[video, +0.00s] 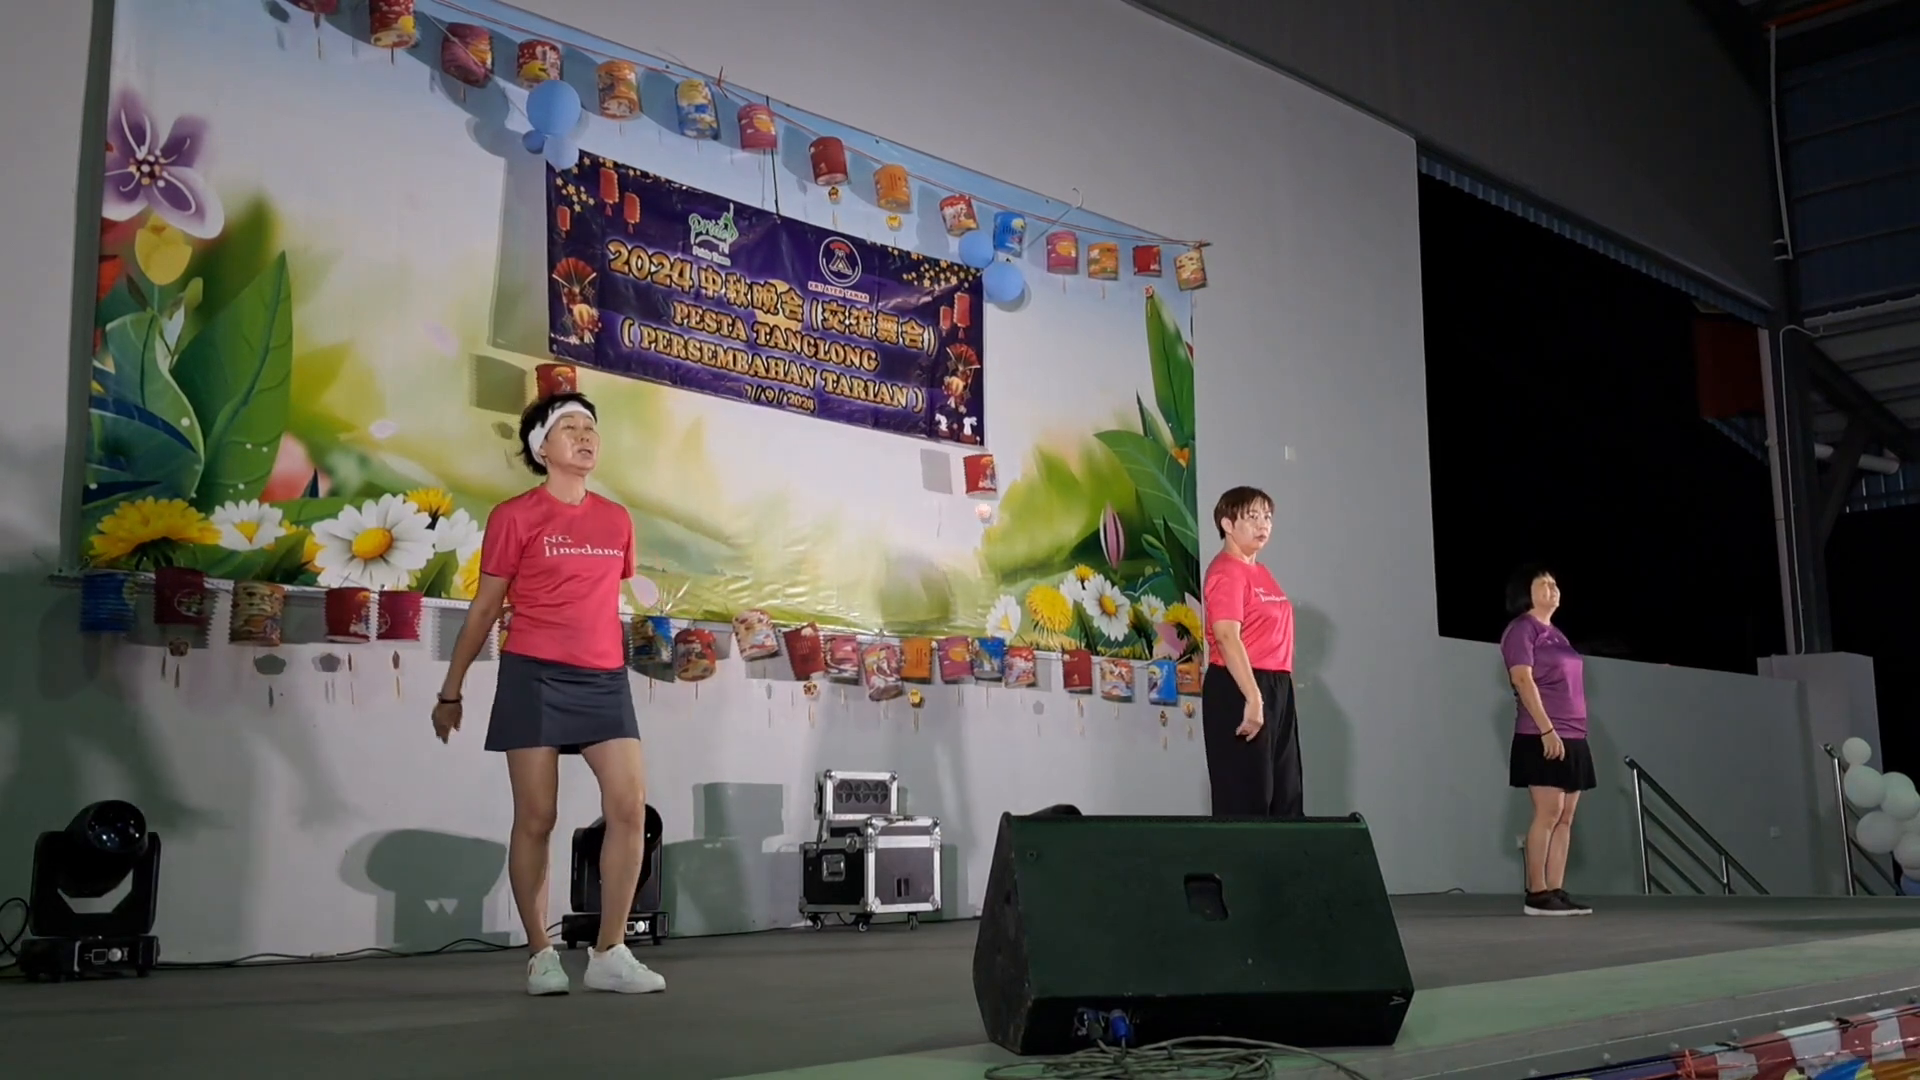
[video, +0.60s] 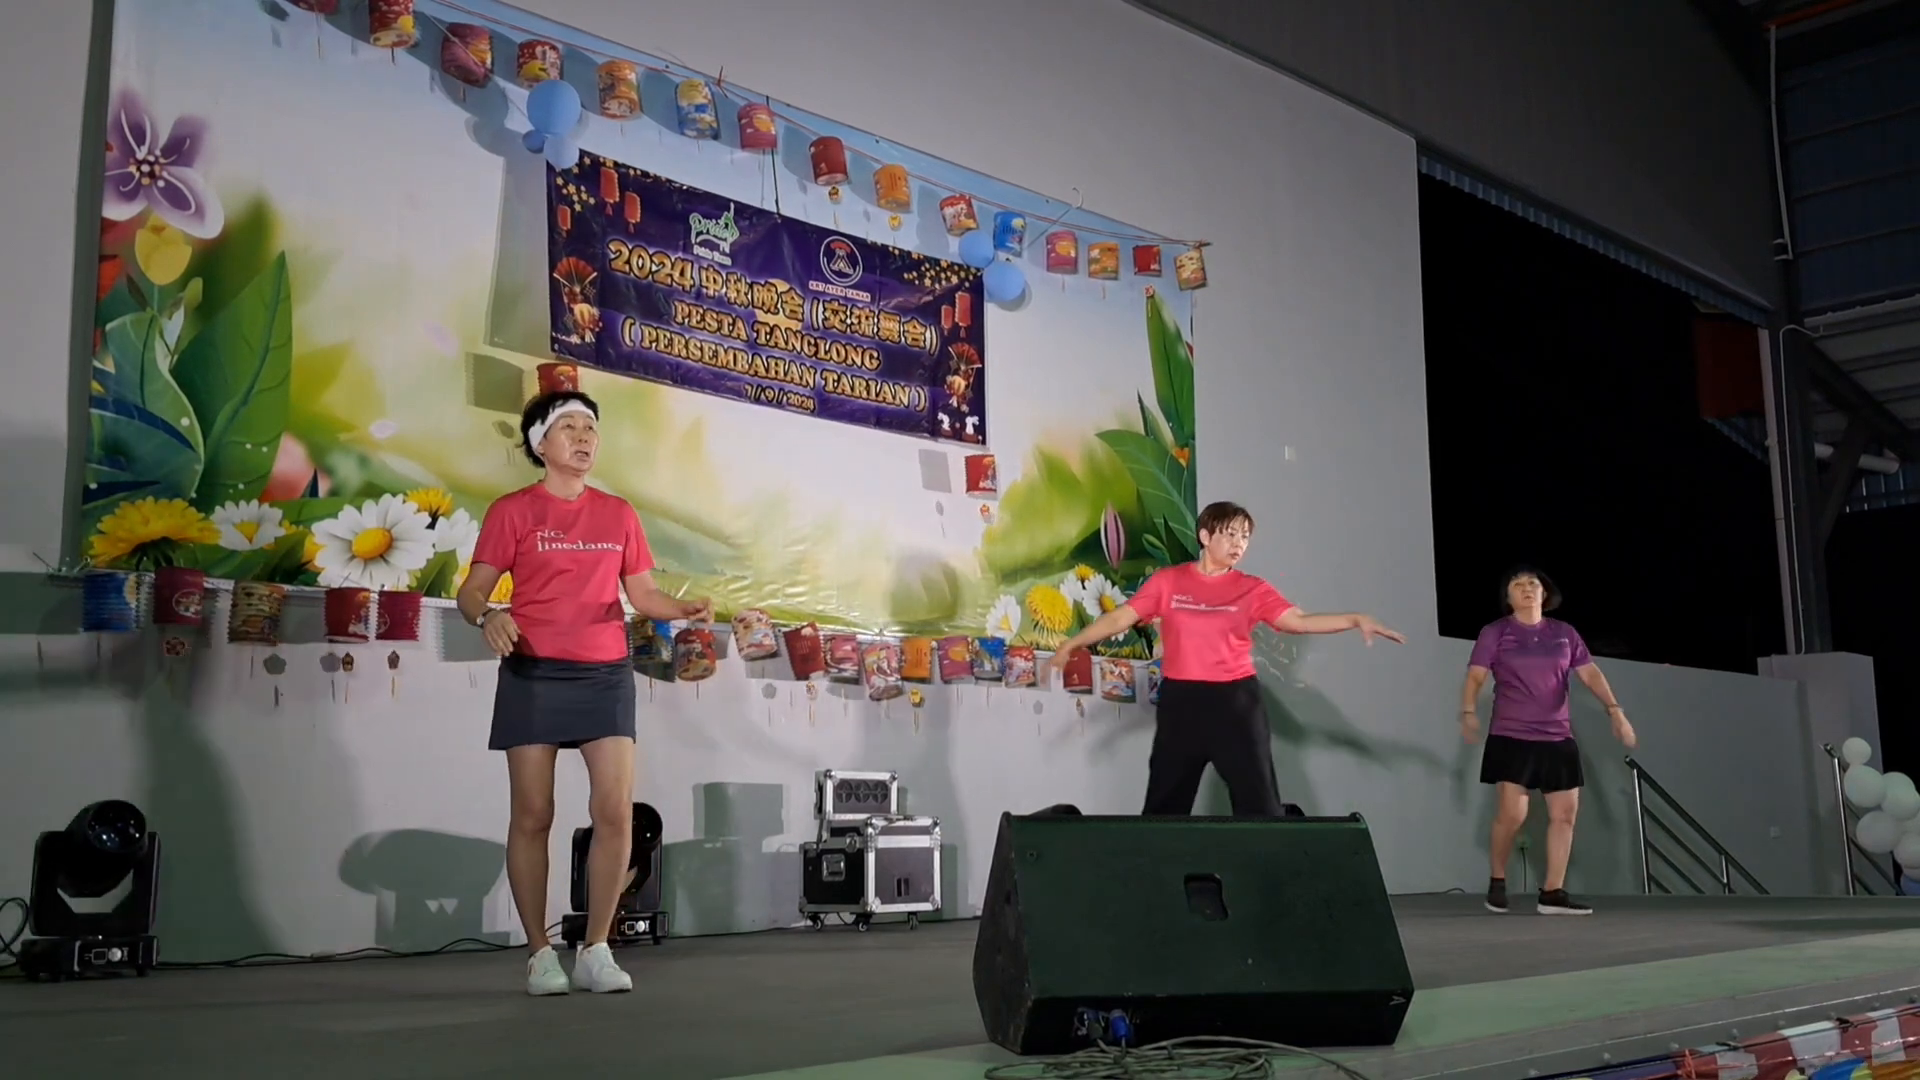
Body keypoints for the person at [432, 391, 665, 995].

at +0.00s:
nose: (585, 438)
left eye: (590, 430)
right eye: (570, 430)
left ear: (598, 446)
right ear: (541, 447)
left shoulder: (617, 520)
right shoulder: (514, 516)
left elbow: (617, 604)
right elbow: (485, 609)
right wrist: (451, 688)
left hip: (603, 679)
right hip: (532, 678)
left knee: (629, 806)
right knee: (536, 817)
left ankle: (610, 949)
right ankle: (541, 950)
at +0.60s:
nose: (583, 437)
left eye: (589, 428)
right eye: (568, 428)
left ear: (597, 441)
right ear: (539, 442)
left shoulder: (619, 514)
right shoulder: (512, 512)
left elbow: (643, 593)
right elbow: (471, 594)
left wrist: (680, 609)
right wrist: (488, 613)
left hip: (606, 677)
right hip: (533, 676)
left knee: (616, 812)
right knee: (532, 816)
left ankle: (597, 948)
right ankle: (541, 950)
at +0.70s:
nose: (589, 439)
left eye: (595, 431)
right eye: (574, 430)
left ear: (602, 445)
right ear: (544, 444)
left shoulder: (623, 515)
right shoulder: (515, 514)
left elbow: (650, 598)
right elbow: (475, 596)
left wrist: (681, 600)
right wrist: (478, 610)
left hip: (608, 676)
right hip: (535, 674)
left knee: (615, 811)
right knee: (540, 814)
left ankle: (594, 950)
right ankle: (540, 949)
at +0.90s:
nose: (592, 466)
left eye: (599, 455)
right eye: (580, 454)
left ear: (606, 461)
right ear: (546, 457)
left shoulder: (619, 526)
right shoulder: (507, 528)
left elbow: (645, 607)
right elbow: (484, 616)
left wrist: (667, 608)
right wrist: (438, 656)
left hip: (604, 684)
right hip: (530, 683)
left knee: (623, 809)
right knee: (531, 827)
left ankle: (594, 951)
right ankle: (512, 930)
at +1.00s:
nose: (584, 482)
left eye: (594, 472)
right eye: (572, 469)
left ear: (601, 478)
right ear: (544, 470)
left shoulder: (615, 539)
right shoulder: (504, 540)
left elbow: (634, 623)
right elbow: (477, 632)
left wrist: (627, 649)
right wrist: (427, 704)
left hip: (596, 697)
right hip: (519, 696)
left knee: (624, 811)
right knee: (510, 836)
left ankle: (593, 949)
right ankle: (503, 945)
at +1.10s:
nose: (577, 490)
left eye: (588, 481)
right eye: (566, 478)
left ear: (596, 486)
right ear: (539, 478)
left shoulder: (607, 545)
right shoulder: (500, 546)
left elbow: (620, 633)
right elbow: (480, 635)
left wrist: (589, 670)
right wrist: (446, 716)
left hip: (585, 698)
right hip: (510, 699)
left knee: (627, 801)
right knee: (507, 837)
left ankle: (602, 942)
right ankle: (504, 948)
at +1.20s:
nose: (577, 490)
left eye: (588, 481)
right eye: (566, 478)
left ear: (597, 487)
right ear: (540, 479)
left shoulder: (605, 546)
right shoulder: (502, 544)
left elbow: (610, 630)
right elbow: (486, 625)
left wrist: (564, 678)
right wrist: (462, 698)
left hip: (585, 695)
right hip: (507, 696)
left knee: (624, 803)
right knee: (504, 835)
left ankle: (625, 949)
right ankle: (505, 948)